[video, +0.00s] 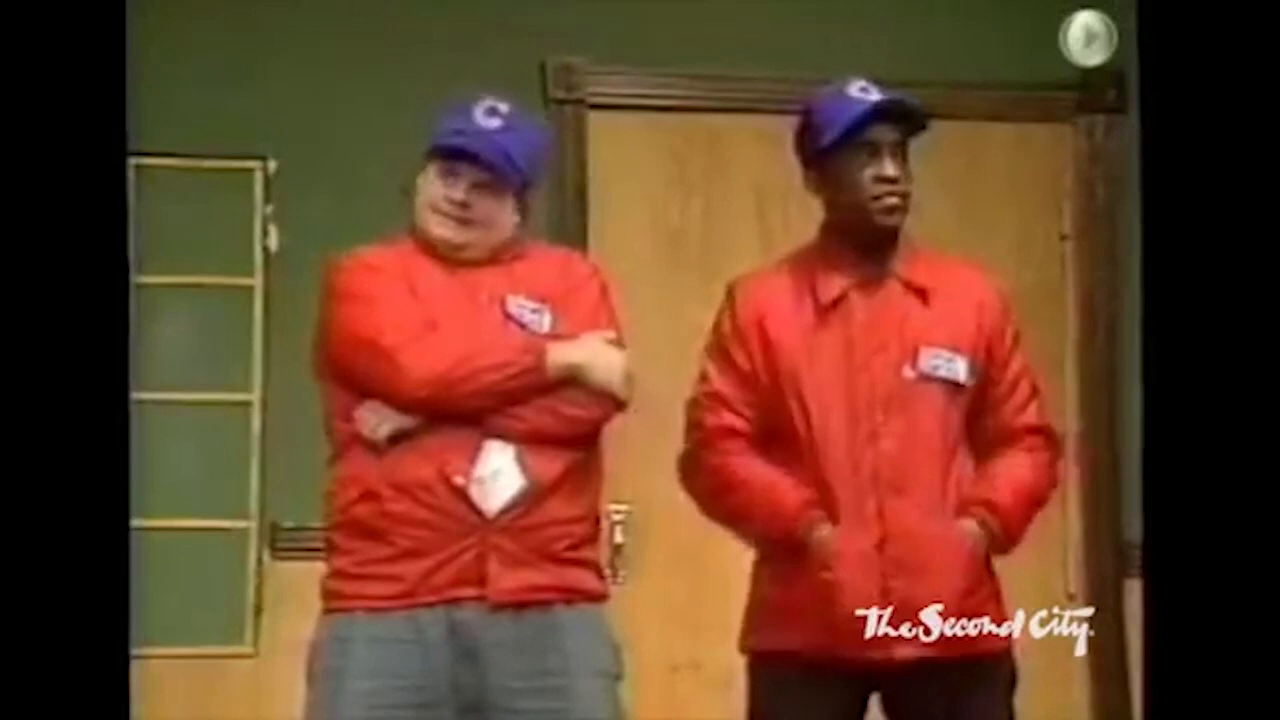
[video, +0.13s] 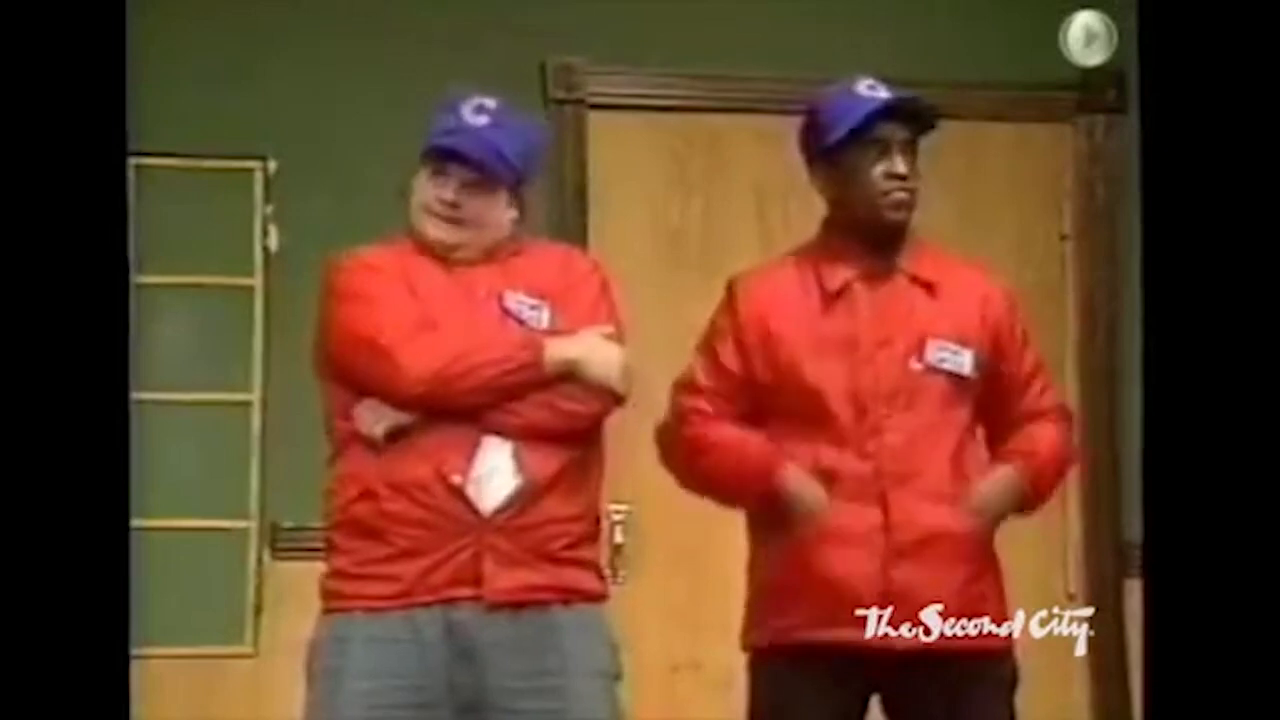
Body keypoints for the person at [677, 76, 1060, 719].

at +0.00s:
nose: (890, 171)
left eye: (899, 153)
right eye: (866, 154)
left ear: (913, 164)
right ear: (818, 174)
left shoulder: (970, 299)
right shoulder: (757, 305)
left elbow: (1027, 441)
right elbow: (710, 452)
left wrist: (981, 525)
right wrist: (807, 528)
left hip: (952, 630)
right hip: (805, 636)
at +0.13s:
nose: (900, 169)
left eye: (908, 151)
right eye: (875, 151)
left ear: (920, 163)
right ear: (825, 171)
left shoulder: (975, 297)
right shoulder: (760, 299)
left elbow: (1044, 425)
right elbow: (686, 429)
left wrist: (1003, 486)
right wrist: (776, 476)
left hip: (953, 630)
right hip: (805, 634)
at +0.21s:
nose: (905, 167)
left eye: (913, 150)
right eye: (881, 149)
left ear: (926, 164)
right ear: (830, 170)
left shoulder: (976, 297)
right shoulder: (762, 295)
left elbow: (1069, 433)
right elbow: (676, 417)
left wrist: (998, 482)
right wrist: (751, 437)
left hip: (955, 630)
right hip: (806, 632)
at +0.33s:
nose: (908, 167)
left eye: (916, 150)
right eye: (885, 149)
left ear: (927, 163)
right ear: (832, 170)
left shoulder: (977, 296)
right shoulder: (763, 294)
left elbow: (1039, 422)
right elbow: (672, 416)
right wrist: (744, 442)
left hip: (956, 628)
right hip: (808, 632)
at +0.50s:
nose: (910, 168)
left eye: (917, 151)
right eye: (885, 150)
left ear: (928, 165)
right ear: (829, 176)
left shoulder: (975, 299)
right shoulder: (765, 294)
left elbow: (1063, 388)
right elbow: (692, 416)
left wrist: (1124, 427)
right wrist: (770, 455)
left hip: (959, 628)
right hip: (812, 631)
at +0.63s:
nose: (903, 172)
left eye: (909, 155)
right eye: (880, 155)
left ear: (920, 169)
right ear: (824, 182)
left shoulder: (965, 291)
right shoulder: (773, 286)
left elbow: (1066, 371)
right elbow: (768, 392)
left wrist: (1138, 404)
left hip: (961, 621)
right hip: (816, 623)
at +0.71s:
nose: (903, 168)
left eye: (908, 152)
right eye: (878, 152)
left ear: (920, 167)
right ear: (822, 182)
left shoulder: (961, 286)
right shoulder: (775, 283)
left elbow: (1040, 348)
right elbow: (781, 375)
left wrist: (1105, 388)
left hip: (963, 617)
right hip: (816, 618)